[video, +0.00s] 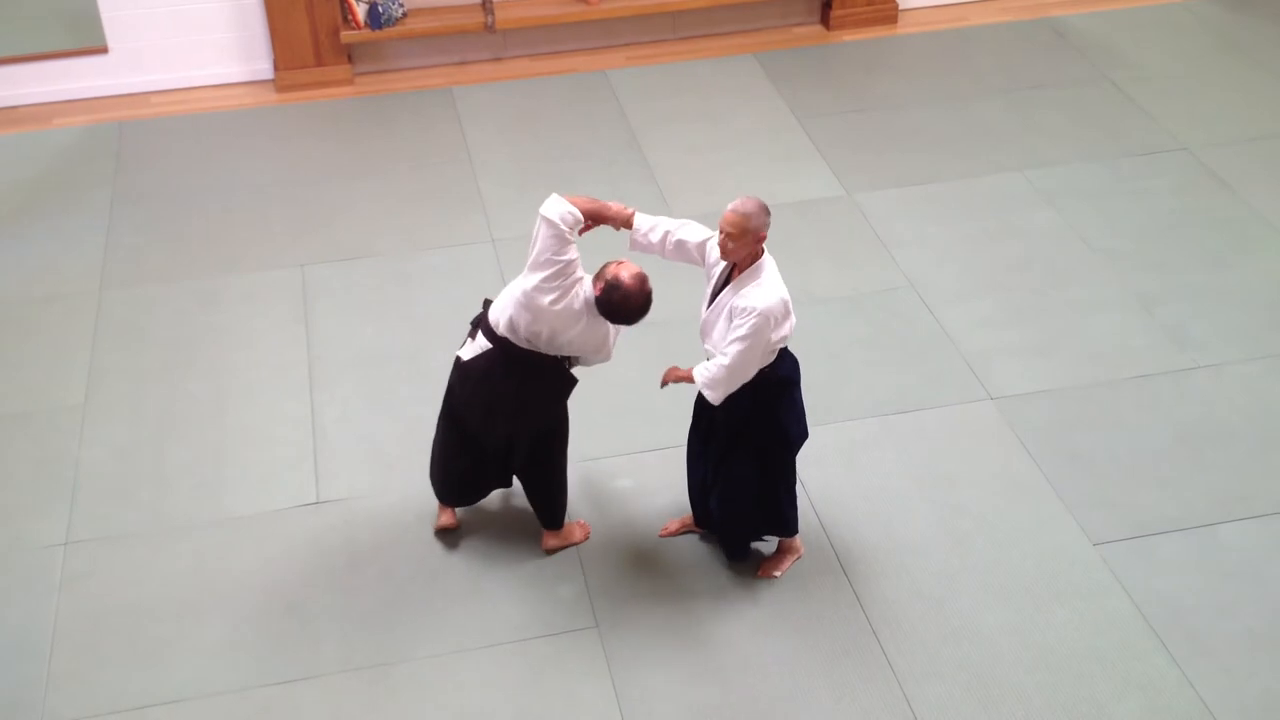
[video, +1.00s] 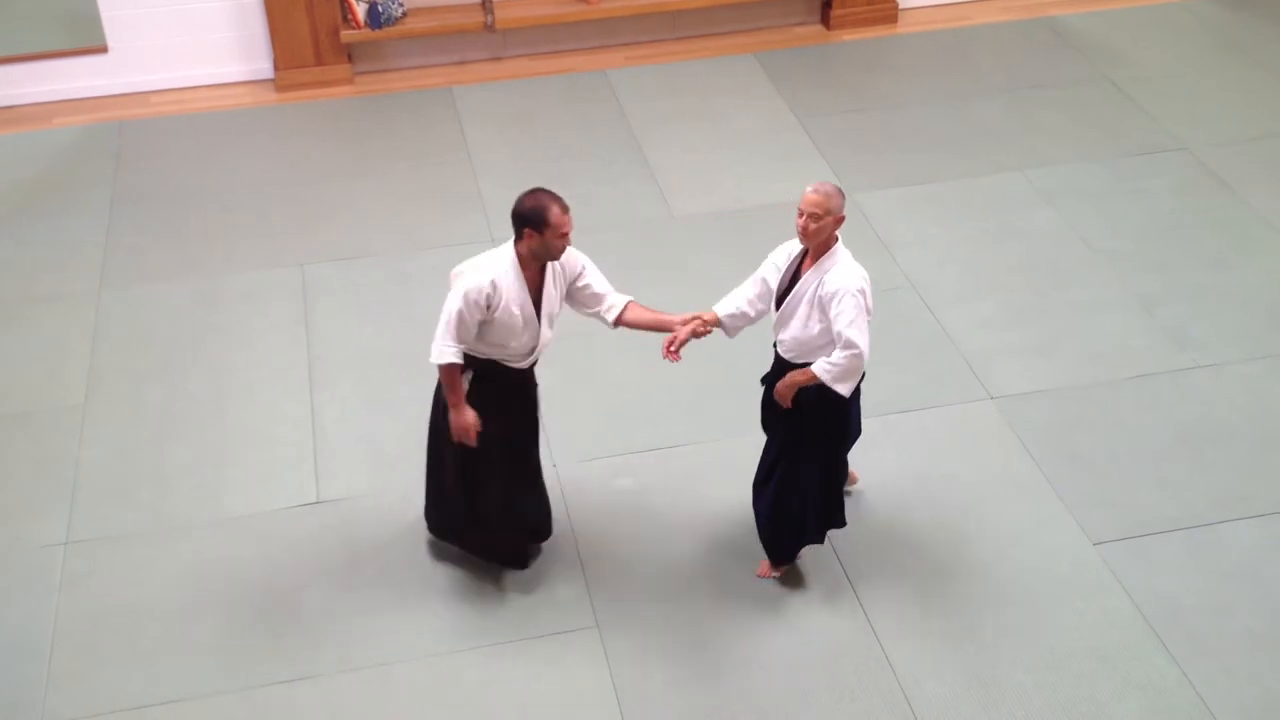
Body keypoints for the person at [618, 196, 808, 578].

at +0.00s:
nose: (719, 242)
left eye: (729, 238)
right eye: (720, 233)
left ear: (757, 244)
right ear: (720, 226)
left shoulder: (763, 302)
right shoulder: (721, 252)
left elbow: (729, 367)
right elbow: (676, 234)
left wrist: (687, 374)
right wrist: (621, 216)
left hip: (763, 388)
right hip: (725, 376)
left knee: (773, 467)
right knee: (707, 449)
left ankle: (789, 543)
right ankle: (706, 515)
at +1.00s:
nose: (803, 224)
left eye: (814, 218)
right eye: (800, 214)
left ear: (837, 223)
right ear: (796, 212)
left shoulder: (847, 281)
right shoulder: (789, 254)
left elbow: (852, 355)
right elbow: (751, 297)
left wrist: (796, 379)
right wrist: (700, 323)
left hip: (821, 391)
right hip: (785, 373)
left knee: (782, 474)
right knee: (792, 441)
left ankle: (782, 555)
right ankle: (838, 474)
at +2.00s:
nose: (961, 184)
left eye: (970, 178)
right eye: (960, 175)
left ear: (997, 181)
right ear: (960, 170)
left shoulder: (1008, 231)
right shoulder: (956, 201)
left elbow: (967, 287)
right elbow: (916, 237)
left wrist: (900, 279)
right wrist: (869, 271)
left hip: (981, 327)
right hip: (939, 314)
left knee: (975, 398)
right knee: (904, 381)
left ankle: (988, 462)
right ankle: (884, 454)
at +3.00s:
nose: (910, 174)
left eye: (919, 169)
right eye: (909, 166)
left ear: (946, 170)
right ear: (908, 162)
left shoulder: (955, 219)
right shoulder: (910, 195)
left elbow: (904, 261)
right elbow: (883, 232)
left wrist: (847, 269)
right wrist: (851, 256)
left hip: (956, 309)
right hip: (914, 301)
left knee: (959, 389)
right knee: (881, 373)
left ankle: (999, 466)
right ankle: (879, 434)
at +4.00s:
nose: (1102, 176)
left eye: (1106, 173)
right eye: (1104, 172)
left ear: (1116, 185)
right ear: (1150, 191)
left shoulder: (1079, 230)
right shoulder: (1161, 237)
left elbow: (1064, 251)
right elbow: (1125, 241)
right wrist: (1109, 209)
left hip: (1077, 336)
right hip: (1131, 339)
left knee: (1052, 409)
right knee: (1132, 419)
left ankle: (1029, 488)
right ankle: (1124, 492)